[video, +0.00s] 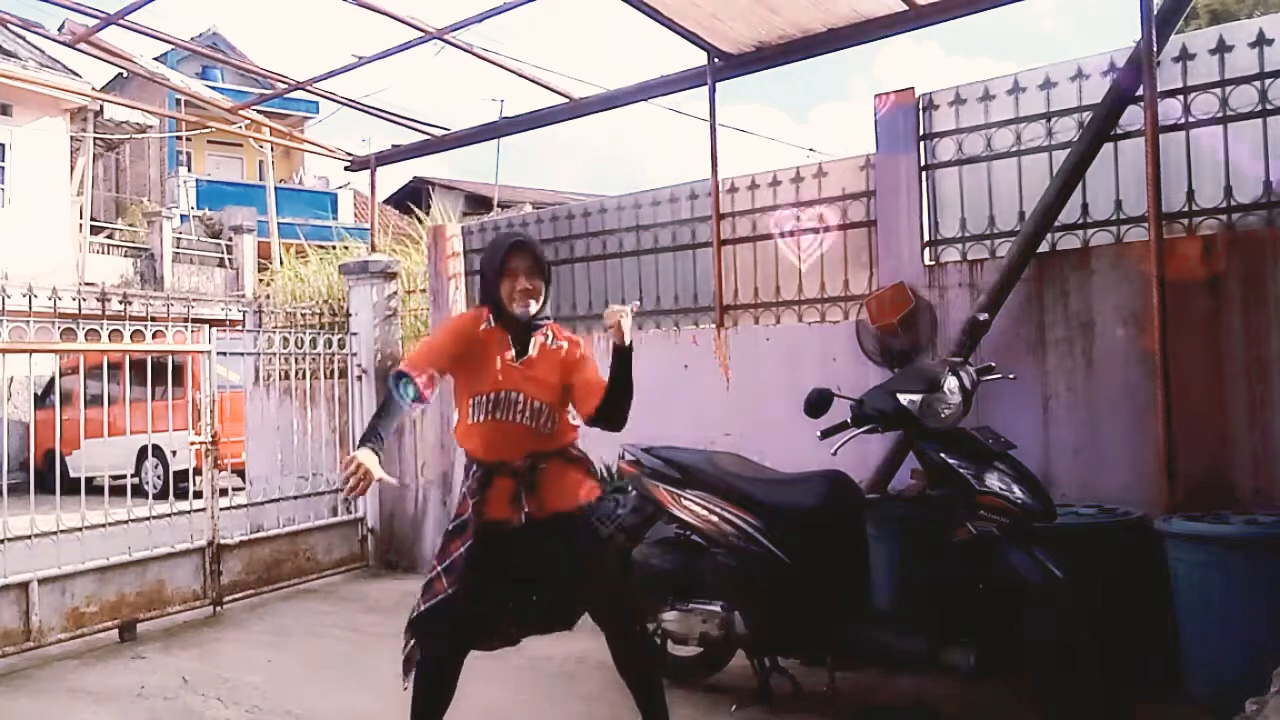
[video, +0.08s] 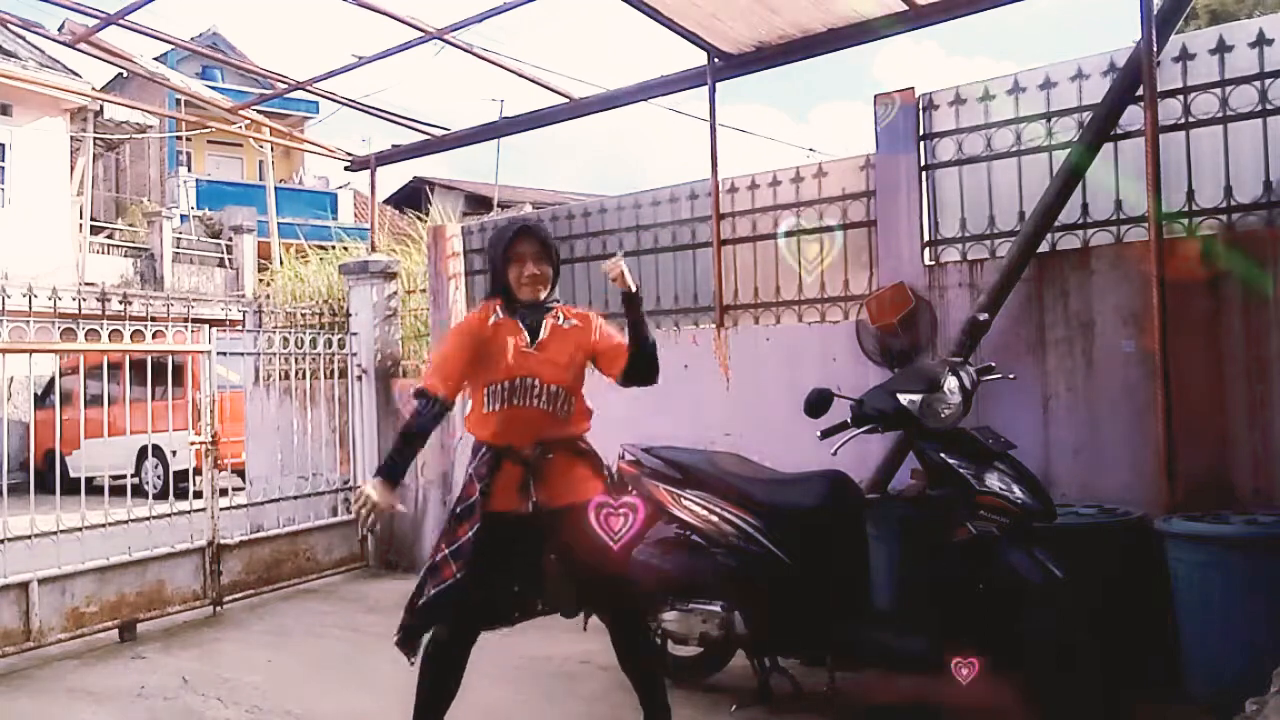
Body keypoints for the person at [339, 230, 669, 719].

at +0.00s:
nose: (525, 285)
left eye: (533, 274)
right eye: (512, 275)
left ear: (546, 283)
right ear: (491, 282)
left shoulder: (567, 347)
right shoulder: (466, 331)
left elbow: (611, 417)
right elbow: (407, 383)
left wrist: (622, 347)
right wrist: (371, 447)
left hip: (565, 502)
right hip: (490, 506)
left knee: (624, 619)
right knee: (442, 630)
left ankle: (656, 714)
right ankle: (424, 718)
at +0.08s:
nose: (531, 270)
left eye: (540, 259)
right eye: (519, 261)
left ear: (555, 266)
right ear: (500, 270)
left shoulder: (581, 325)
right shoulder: (475, 330)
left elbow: (643, 372)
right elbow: (429, 409)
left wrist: (632, 299)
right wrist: (386, 478)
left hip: (575, 492)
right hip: (497, 497)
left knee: (627, 610)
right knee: (452, 627)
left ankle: (659, 714)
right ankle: (425, 718)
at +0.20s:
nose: (549, 289)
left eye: (559, 278)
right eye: (537, 280)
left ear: (573, 284)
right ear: (521, 290)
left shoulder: (605, 324)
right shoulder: (510, 362)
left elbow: (677, 324)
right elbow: (490, 459)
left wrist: (628, 269)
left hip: (589, 529)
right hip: (520, 531)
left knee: (637, 625)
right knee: (459, 620)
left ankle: (655, 715)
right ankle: (427, 716)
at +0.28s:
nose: (555, 306)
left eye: (564, 295)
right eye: (543, 299)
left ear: (580, 301)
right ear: (527, 310)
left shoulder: (613, 337)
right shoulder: (523, 381)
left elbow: (684, 327)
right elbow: (503, 474)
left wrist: (634, 291)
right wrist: (469, 527)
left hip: (593, 527)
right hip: (526, 529)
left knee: (635, 638)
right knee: (455, 630)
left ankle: (653, 713)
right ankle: (427, 715)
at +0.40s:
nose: (544, 282)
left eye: (553, 270)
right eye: (531, 274)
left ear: (569, 277)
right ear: (515, 285)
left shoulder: (601, 322)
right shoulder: (501, 349)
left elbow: (653, 346)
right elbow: (477, 438)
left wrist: (685, 366)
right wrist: (451, 420)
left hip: (587, 508)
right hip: (515, 513)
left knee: (628, 628)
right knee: (451, 627)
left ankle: (655, 716)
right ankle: (422, 716)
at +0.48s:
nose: (534, 267)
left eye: (542, 256)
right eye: (521, 258)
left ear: (556, 261)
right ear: (502, 267)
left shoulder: (587, 313)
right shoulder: (481, 326)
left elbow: (643, 367)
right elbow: (455, 414)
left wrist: (698, 409)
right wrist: (438, 375)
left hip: (577, 493)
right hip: (499, 498)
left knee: (625, 618)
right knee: (447, 622)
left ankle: (655, 713)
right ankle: (419, 715)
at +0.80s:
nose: (498, 281)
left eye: (507, 270)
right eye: (485, 272)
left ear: (520, 278)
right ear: (465, 281)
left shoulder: (549, 331)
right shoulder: (444, 342)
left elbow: (602, 374)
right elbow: (428, 433)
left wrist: (646, 394)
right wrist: (400, 402)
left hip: (554, 497)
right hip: (477, 505)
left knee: (617, 623)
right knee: (431, 632)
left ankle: (649, 713)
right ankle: (420, 716)